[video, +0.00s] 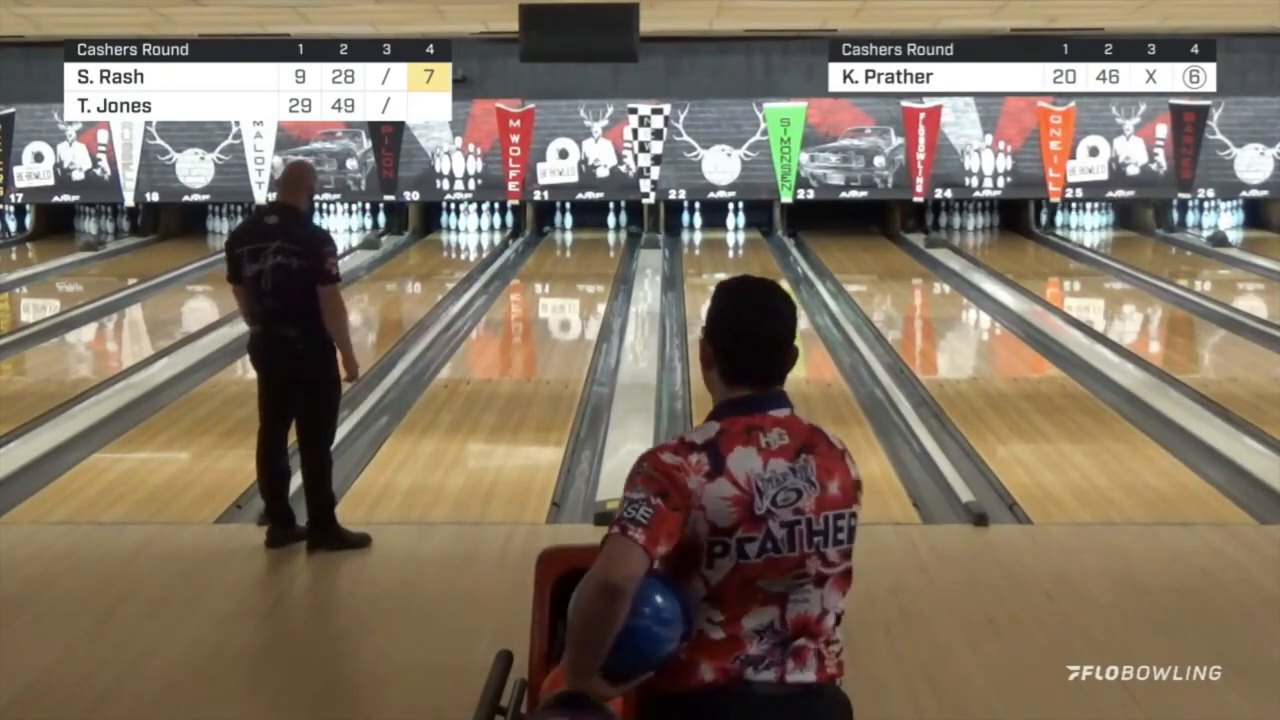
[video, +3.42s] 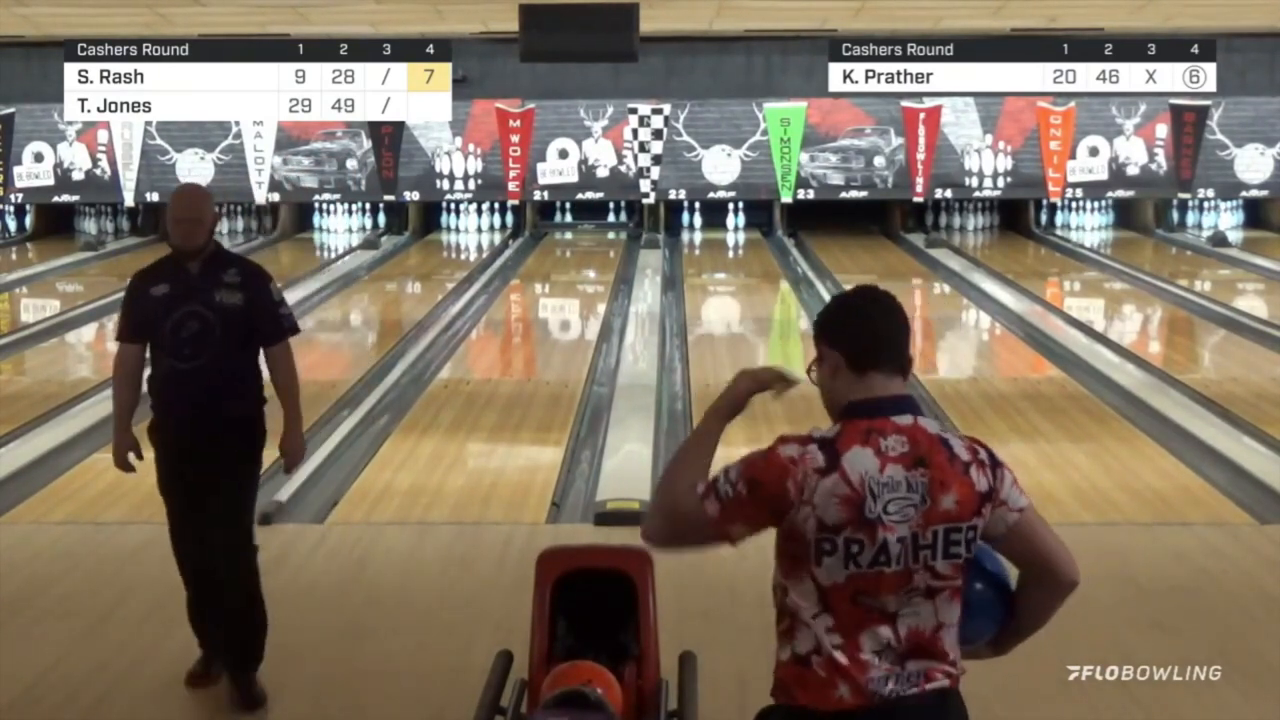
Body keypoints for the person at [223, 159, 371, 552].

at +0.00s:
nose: (314, 196)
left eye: (312, 189)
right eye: (313, 190)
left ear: (279, 186)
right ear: (307, 191)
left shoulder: (242, 233)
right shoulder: (314, 237)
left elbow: (240, 293)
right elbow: (330, 302)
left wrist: (260, 330)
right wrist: (347, 353)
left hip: (266, 347)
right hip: (312, 348)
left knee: (272, 435)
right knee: (316, 441)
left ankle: (280, 525)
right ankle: (324, 527)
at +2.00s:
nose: (318, 212)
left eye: (319, 204)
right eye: (314, 203)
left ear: (292, 201)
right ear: (295, 202)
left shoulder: (286, 246)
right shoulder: (268, 251)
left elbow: (291, 320)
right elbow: (265, 331)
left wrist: (310, 374)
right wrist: (289, 389)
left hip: (297, 370)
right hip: (267, 376)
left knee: (318, 448)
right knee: (282, 461)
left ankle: (318, 537)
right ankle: (282, 557)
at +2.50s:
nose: (304, 218)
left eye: (310, 209)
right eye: (297, 209)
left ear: (315, 213)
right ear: (276, 211)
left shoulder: (328, 267)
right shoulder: (241, 267)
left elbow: (348, 330)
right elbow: (224, 332)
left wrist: (368, 383)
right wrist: (235, 387)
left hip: (313, 395)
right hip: (258, 397)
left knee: (315, 492)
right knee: (269, 489)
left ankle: (316, 594)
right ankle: (285, 560)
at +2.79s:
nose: (265, 215)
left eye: (275, 207)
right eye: (259, 205)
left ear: (294, 210)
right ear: (249, 206)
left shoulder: (321, 263)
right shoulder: (228, 264)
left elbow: (351, 326)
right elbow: (200, 327)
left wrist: (362, 382)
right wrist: (172, 386)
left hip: (305, 403)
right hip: (246, 403)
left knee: (311, 506)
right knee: (240, 508)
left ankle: (313, 604)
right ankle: (263, 602)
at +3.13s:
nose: (210, 226)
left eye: (219, 217)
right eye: (202, 218)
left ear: (240, 216)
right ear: (193, 220)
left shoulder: (274, 273)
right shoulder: (184, 281)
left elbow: (302, 343)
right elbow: (178, 349)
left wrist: (296, 402)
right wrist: (161, 410)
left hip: (265, 420)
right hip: (204, 422)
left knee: (285, 518)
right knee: (207, 538)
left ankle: (306, 593)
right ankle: (215, 645)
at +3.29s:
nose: (191, 227)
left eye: (200, 218)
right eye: (183, 218)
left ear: (220, 216)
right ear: (173, 220)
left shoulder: (257, 275)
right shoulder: (161, 281)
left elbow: (282, 353)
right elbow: (151, 358)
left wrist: (287, 423)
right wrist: (141, 428)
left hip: (247, 428)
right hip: (185, 431)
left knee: (261, 534)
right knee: (197, 548)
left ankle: (275, 605)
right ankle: (215, 648)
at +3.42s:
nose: (186, 229)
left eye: (195, 220)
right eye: (178, 220)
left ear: (215, 219)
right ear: (165, 221)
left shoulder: (248, 279)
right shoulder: (146, 284)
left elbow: (279, 354)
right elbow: (129, 359)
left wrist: (293, 424)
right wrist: (121, 426)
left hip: (236, 432)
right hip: (174, 434)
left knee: (232, 548)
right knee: (190, 549)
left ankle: (244, 666)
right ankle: (211, 648)